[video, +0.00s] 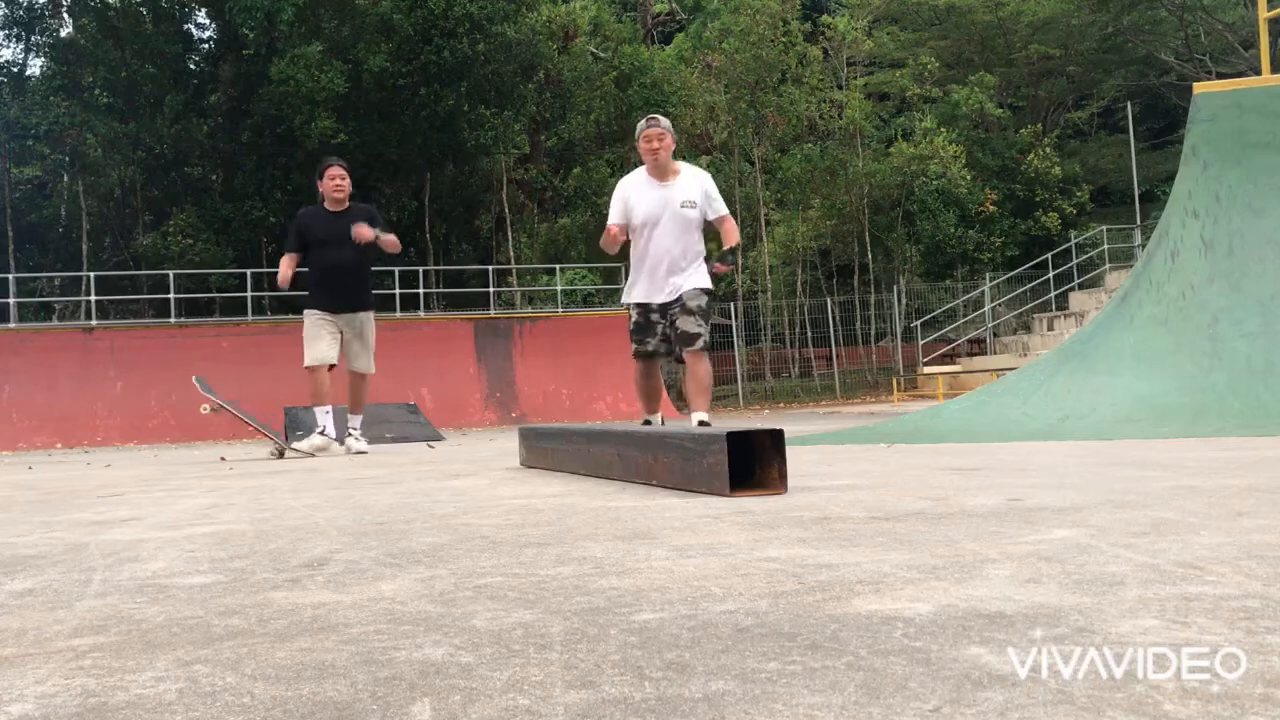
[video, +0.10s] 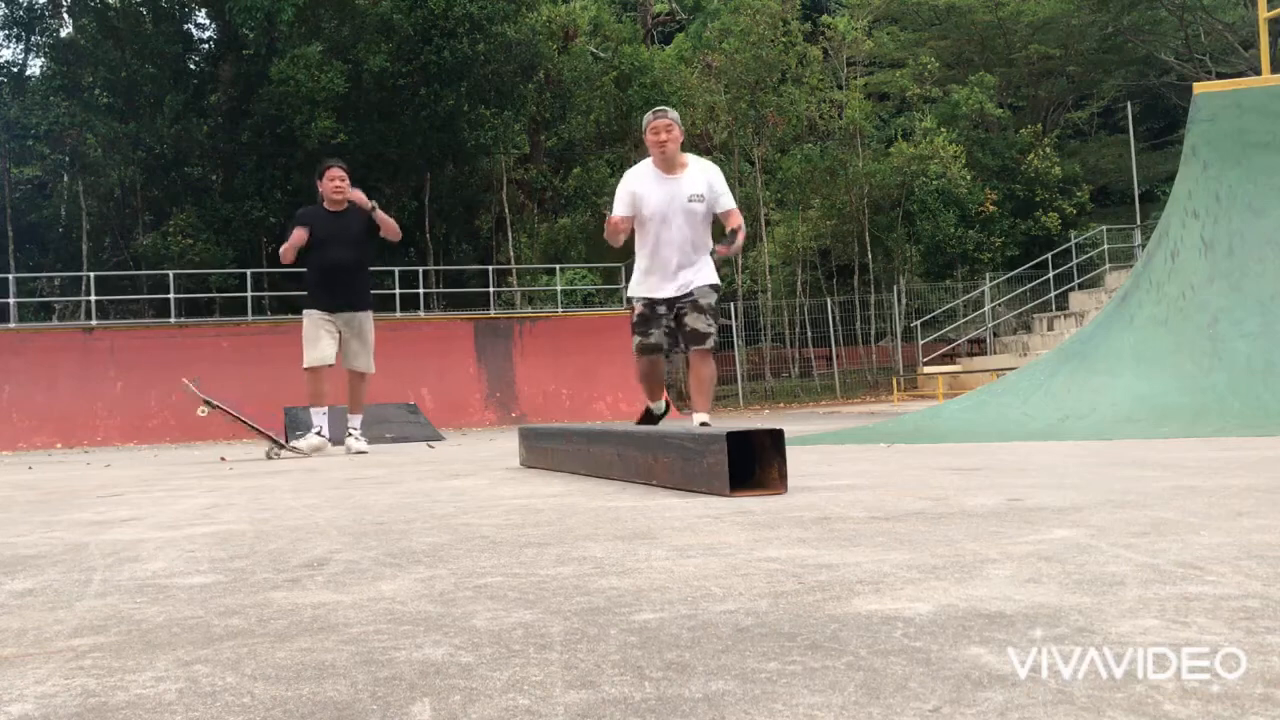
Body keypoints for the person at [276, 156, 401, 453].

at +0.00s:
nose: (339, 182)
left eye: (343, 177)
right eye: (332, 178)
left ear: (350, 184)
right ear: (320, 186)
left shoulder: (365, 214)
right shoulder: (306, 218)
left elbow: (395, 247)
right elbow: (291, 254)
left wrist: (375, 235)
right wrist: (285, 272)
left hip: (359, 310)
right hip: (319, 309)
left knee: (360, 370)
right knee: (317, 364)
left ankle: (354, 433)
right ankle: (325, 433)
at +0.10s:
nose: (339, 183)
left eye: (343, 179)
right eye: (332, 179)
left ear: (350, 185)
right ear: (320, 186)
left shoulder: (363, 214)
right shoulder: (308, 216)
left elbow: (396, 235)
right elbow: (285, 259)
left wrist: (370, 207)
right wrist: (294, 243)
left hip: (357, 308)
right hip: (319, 308)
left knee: (359, 370)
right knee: (315, 366)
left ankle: (354, 433)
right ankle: (319, 432)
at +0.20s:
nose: (335, 185)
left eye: (341, 180)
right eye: (329, 180)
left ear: (348, 187)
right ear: (318, 186)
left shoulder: (361, 213)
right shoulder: (307, 216)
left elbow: (391, 222)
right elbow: (283, 245)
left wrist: (363, 190)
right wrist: (303, 209)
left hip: (355, 306)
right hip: (316, 306)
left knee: (357, 370)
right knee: (312, 366)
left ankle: (354, 434)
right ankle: (311, 432)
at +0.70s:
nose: (305, 188)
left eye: (309, 184)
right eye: (299, 184)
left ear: (315, 190)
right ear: (287, 190)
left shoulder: (328, 219)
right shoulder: (277, 220)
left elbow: (364, 213)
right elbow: (252, 214)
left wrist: (332, 191)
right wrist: (275, 190)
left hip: (326, 310)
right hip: (288, 312)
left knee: (339, 370)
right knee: (282, 377)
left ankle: (351, 431)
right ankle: (279, 438)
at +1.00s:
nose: (292, 192)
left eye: (295, 188)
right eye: (285, 189)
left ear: (302, 196)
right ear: (272, 197)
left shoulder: (317, 223)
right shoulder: (263, 225)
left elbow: (355, 233)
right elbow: (232, 228)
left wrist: (327, 207)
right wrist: (259, 203)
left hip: (315, 312)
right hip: (278, 313)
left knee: (327, 374)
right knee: (279, 377)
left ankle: (306, 423)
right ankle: (283, 434)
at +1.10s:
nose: (291, 196)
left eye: (295, 192)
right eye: (284, 193)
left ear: (301, 201)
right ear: (272, 202)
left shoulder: (316, 231)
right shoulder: (263, 230)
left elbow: (353, 251)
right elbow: (228, 252)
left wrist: (333, 222)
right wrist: (252, 220)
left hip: (312, 316)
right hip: (276, 315)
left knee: (312, 379)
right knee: (278, 378)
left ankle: (300, 428)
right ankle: (281, 436)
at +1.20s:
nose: (292, 200)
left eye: (296, 196)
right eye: (285, 197)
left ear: (303, 204)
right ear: (275, 206)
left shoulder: (316, 236)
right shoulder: (263, 235)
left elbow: (346, 269)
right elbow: (232, 272)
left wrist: (341, 249)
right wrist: (246, 253)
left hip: (310, 321)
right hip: (276, 321)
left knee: (302, 383)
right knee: (278, 382)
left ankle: (296, 435)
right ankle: (278, 439)